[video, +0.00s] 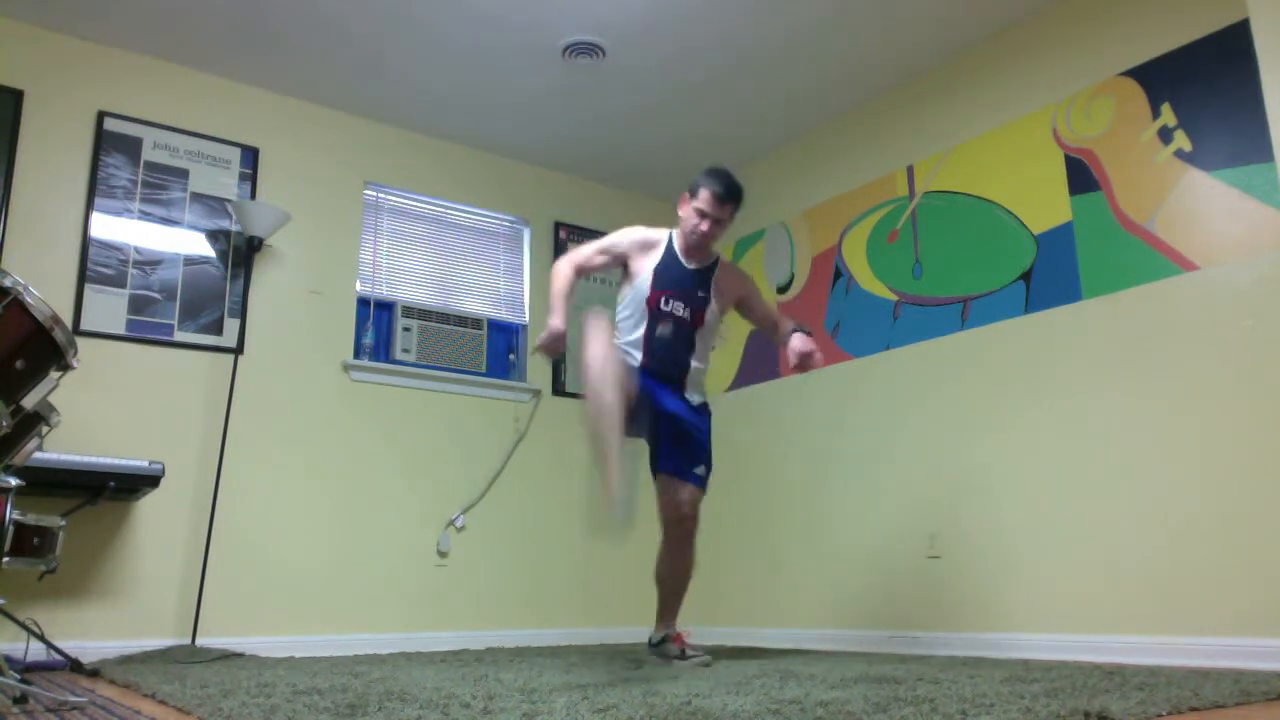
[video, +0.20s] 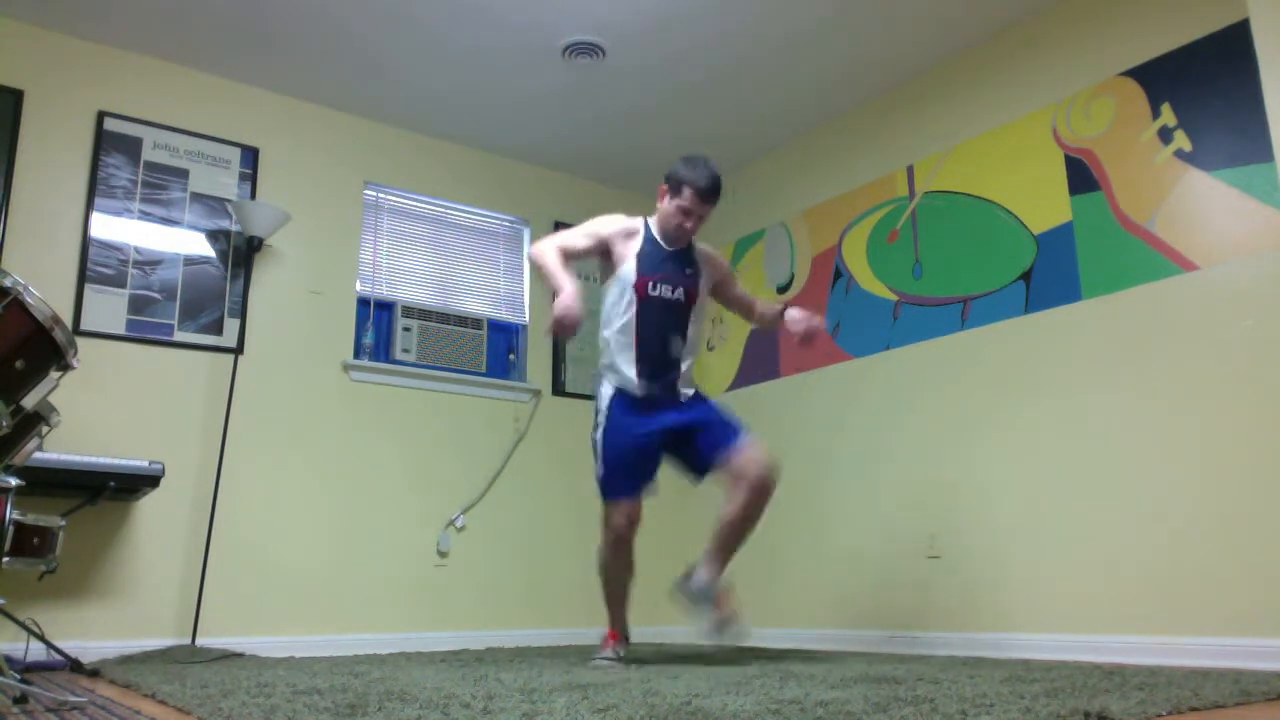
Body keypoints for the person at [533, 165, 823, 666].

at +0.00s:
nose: (705, 228)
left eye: (717, 222)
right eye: (700, 214)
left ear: (728, 226)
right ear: (682, 204)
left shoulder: (732, 281)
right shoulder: (640, 243)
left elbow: (779, 330)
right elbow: (567, 264)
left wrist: (795, 340)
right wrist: (555, 322)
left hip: (684, 403)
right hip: (629, 388)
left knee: (683, 514)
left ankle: (664, 633)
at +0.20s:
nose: (691, 226)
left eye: (700, 218)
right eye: (685, 213)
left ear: (709, 215)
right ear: (663, 196)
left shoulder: (707, 263)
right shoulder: (620, 232)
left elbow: (754, 310)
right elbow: (545, 249)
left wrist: (786, 311)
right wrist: (567, 289)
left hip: (683, 402)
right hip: (626, 405)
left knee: (757, 471)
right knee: (620, 525)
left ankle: (704, 579)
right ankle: (616, 636)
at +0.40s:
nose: (721, 225)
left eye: (730, 218)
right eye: (717, 212)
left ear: (737, 215)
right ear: (695, 191)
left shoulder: (724, 252)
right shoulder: (644, 216)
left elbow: (769, 294)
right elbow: (574, 228)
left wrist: (813, 331)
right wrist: (617, 288)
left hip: (675, 382)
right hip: (616, 379)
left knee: (739, 446)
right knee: (630, 471)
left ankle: (722, 583)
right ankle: (639, 575)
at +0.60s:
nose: (744, 253)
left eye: (751, 246)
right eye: (744, 240)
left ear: (730, 226)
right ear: (721, 215)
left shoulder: (714, 282)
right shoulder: (648, 224)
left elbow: (724, 346)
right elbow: (561, 255)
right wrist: (550, 327)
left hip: (680, 390)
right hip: (625, 383)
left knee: (706, 488)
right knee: (646, 498)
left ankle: (699, 629)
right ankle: (685, 591)